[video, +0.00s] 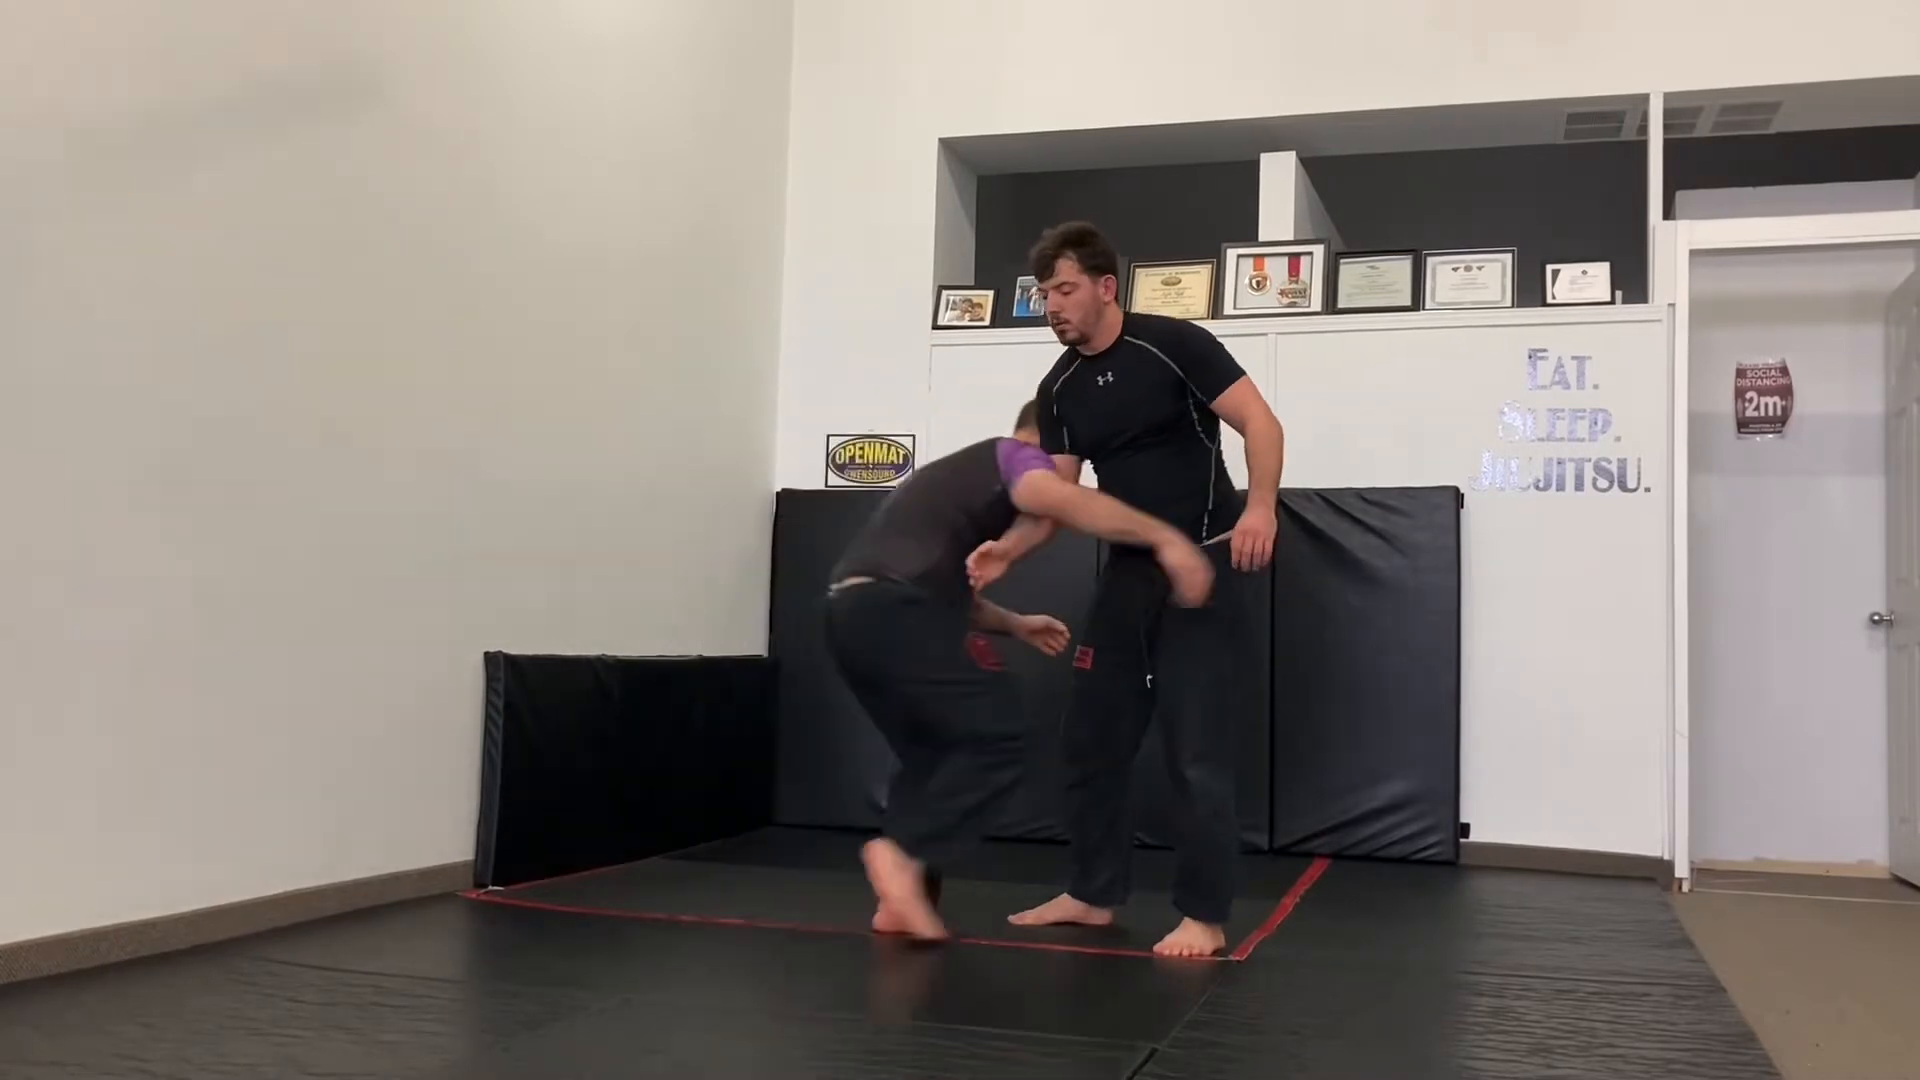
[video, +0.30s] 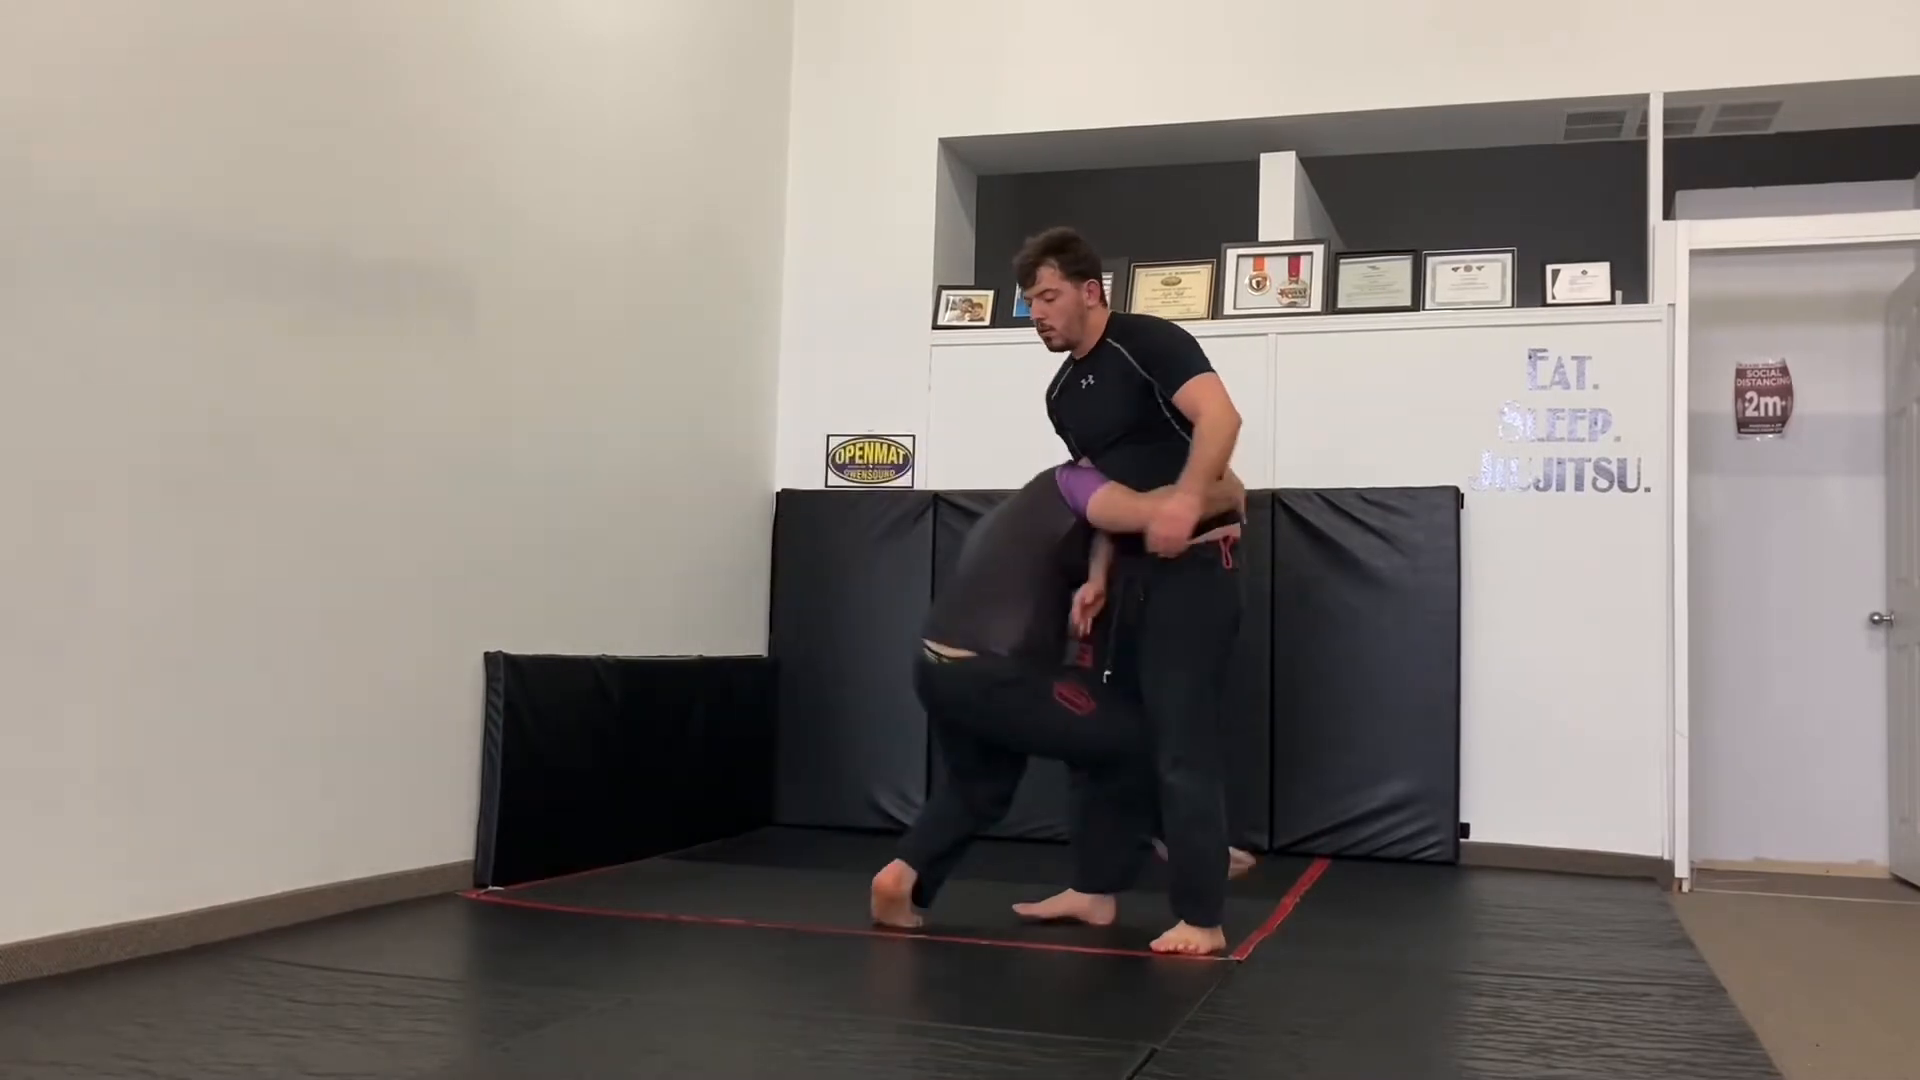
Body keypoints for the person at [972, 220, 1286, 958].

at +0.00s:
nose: (1051, 304)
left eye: (1063, 290)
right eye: (1044, 293)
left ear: (1107, 286)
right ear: (1044, 298)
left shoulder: (1175, 343)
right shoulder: (1061, 389)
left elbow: (1263, 426)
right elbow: (1052, 500)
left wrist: (1261, 507)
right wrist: (1008, 549)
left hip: (1204, 558)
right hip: (1125, 564)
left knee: (1197, 735)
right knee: (1098, 726)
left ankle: (1204, 915)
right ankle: (1094, 893)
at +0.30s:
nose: (1036, 312)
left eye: (1048, 297)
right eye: (1031, 300)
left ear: (1092, 292)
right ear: (1037, 305)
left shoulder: (1150, 341)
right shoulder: (1062, 393)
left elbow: (1221, 417)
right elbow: (1105, 489)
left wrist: (1185, 503)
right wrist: (1097, 575)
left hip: (1195, 562)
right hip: (1128, 568)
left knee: (1184, 732)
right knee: (1107, 723)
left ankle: (1200, 919)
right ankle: (1095, 888)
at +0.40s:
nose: (1037, 319)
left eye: (1047, 303)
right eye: (1031, 307)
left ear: (1091, 295)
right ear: (1045, 310)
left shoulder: (1149, 341)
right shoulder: (1078, 392)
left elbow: (1196, 423)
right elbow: (1126, 484)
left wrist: (1131, 515)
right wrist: (1119, 571)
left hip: (1202, 559)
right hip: (1146, 563)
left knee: (1188, 733)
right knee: (1117, 724)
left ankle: (1201, 918)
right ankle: (1097, 886)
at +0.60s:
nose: (1057, 346)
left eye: (1064, 329)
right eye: (1051, 334)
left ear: (1107, 318)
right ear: (1097, 327)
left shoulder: (1151, 357)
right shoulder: (1123, 393)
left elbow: (1147, 446)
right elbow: (1180, 491)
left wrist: (1060, 523)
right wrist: (1167, 574)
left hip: (1237, 561)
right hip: (1194, 567)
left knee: (1194, 734)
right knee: (1137, 723)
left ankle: (1206, 918)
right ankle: (1105, 891)